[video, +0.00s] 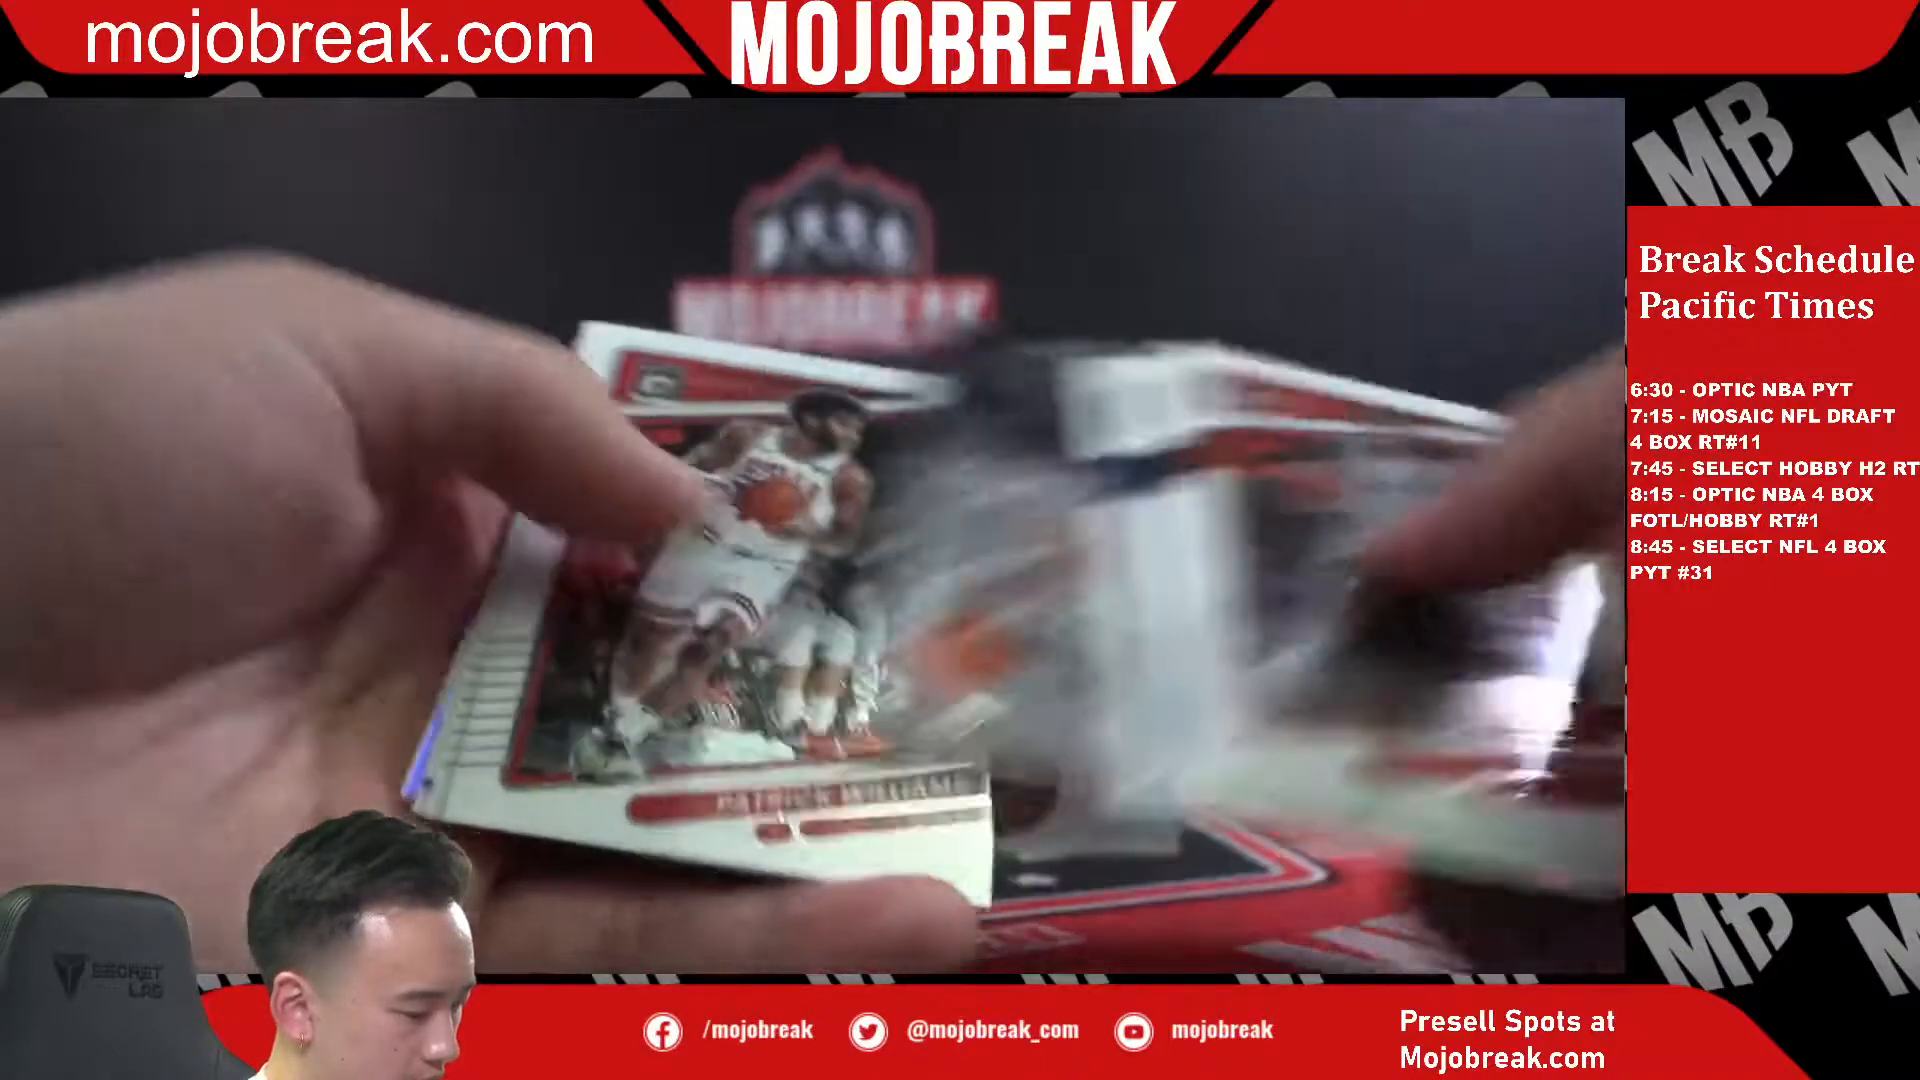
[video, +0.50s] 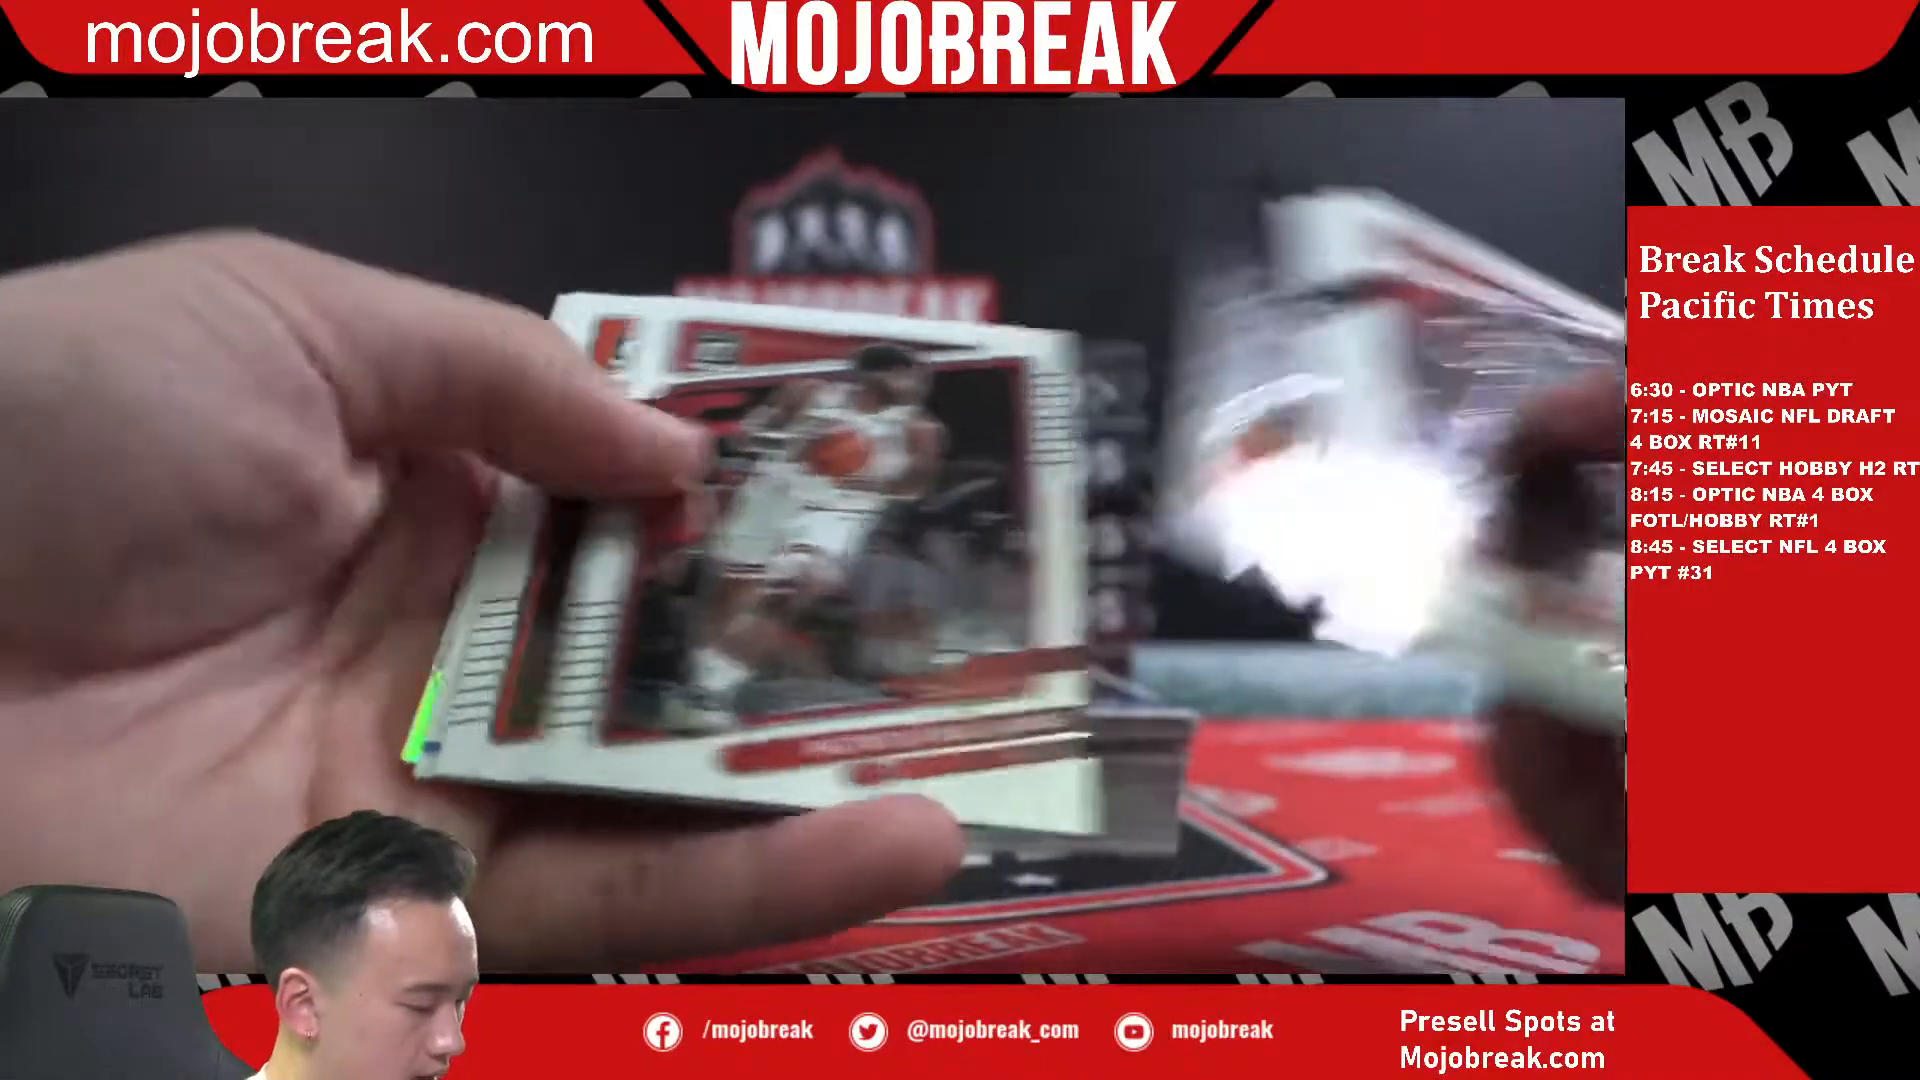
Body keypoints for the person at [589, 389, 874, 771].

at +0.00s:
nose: (852, 437)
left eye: (857, 430)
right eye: (844, 424)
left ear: (857, 439)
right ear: (810, 417)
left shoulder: (849, 479)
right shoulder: (749, 436)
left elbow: (844, 542)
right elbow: (690, 469)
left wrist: (807, 534)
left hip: (767, 565)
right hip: (703, 542)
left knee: (720, 638)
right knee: (652, 631)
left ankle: (633, 729)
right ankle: (617, 720)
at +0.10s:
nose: (819, 401)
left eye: (823, 395)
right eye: (811, 390)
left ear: (822, 405)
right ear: (779, 387)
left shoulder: (820, 446)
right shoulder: (716, 406)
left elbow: (819, 499)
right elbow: (651, 442)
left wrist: (779, 496)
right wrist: (696, 450)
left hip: (735, 530)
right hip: (672, 509)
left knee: (696, 602)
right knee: (622, 603)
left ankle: (611, 696)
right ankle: (601, 687)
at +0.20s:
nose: (807, 399)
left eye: (810, 392)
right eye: (798, 389)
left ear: (811, 397)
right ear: (766, 387)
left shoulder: (808, 443)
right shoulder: (703, 405)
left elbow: (807, 495)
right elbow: (639, 441)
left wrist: (766, 492)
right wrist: (688, 453)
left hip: (727, 527)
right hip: (661, 508)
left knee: (682, 598)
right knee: (615, 605)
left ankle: (603, 693)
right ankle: (595, 684)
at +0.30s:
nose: (807, 398)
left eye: (810, 390)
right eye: (799, 387)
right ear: (766, 384)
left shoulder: (808, 440)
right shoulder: (703, 402)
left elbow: (806, 492)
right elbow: (639, 439)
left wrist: (766, 489)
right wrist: (687, 451)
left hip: (726, 524)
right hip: (662, 506)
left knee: (682, 596)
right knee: (615, 600)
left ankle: (602, 691)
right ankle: (596, 680)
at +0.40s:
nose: (827, 390)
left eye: (832, 382)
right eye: (820, 379)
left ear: (835, 387)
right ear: (792, 377)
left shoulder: (832, 432)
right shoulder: (728, 398)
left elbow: (832, 486)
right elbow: (663, 436)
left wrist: (777, 484)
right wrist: (710, 443)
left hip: (748, 517)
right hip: (684, 501)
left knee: (706, 589)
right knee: (638, 588)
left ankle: (629, 680)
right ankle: (620, 680)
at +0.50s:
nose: (916, 387)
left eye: (918, 379)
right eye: (909, 378)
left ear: (914, 382)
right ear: (877, 376)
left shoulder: (918, 427)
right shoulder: (811, 395)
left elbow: (919, 484)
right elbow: (753, 430)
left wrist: (863, 481)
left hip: (839, 511)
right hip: (771, 495)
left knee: (791, 585)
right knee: (733, 585)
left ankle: (717, 682)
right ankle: (705, 683)